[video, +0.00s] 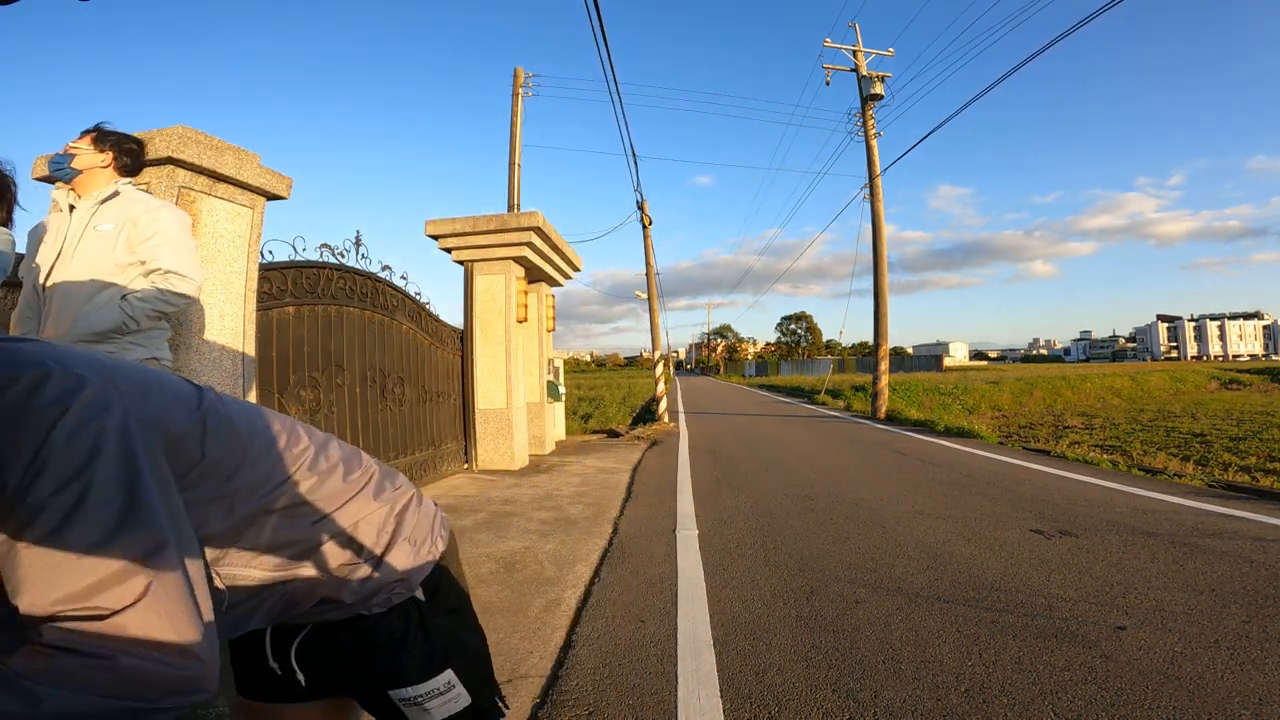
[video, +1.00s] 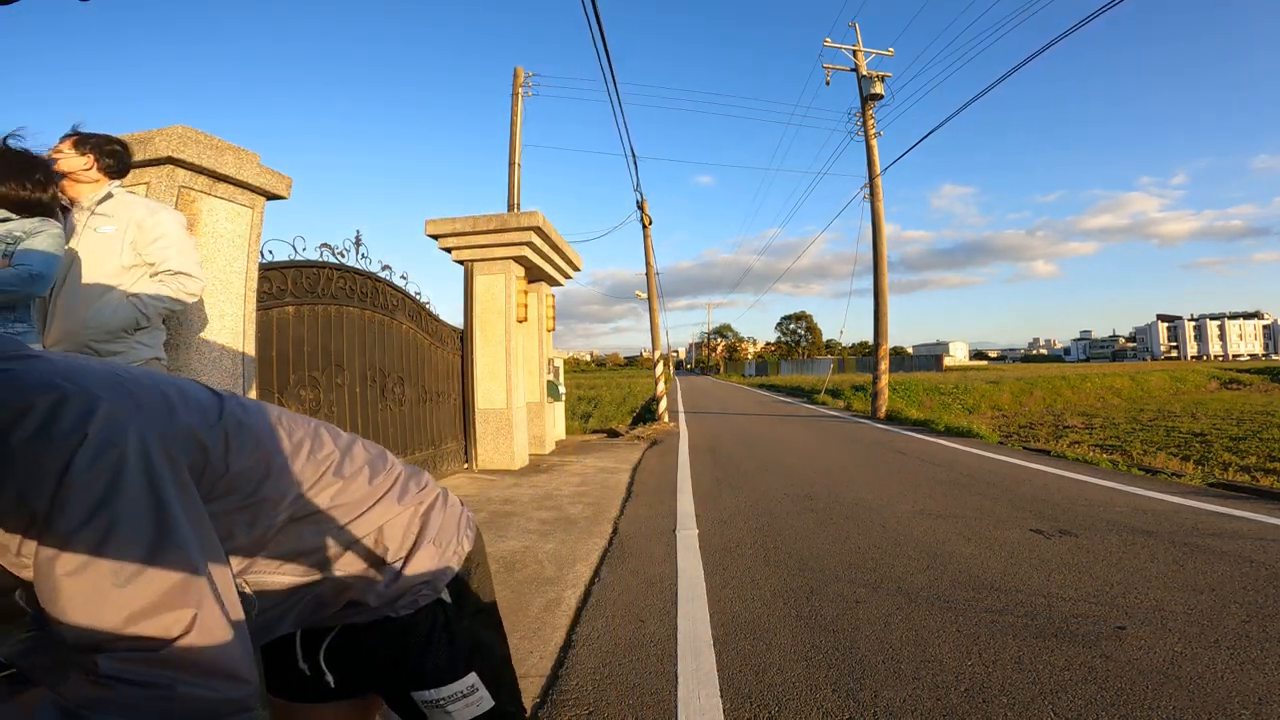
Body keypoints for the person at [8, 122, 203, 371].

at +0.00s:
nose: (63, 154)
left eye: (74, 148)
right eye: (66, 148)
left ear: (107, 158)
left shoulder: (156, 215)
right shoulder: (43, 229)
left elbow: (180, 284)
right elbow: (28, 304)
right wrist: (23, 353)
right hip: (52, 361)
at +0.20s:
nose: (62, 156)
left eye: (73, 150)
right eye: (65, 150)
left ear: (107, 158)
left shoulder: (157, 215)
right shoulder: (46, 229)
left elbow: (186, 282)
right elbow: (29, 304)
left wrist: (116, 318)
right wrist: (32, 356)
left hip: (128, 367)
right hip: (56, 361)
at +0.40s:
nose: (58, 154)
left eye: (69, 149)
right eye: (62, 149)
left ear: (99, 160)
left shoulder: (152, 215)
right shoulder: (48, 229)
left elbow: (186, 283)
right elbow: (31, 303)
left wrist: (120, 318)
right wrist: (36, 356)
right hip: (61, 364)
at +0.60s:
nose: (55, 159)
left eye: (66, 152)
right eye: (59, 152)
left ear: (96, 162)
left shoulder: (152, 216)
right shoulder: (59, 225)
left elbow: (188, 281)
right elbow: (39, 297)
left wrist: (125, 315)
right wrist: (39, 349)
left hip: (133, 366)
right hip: (67, 360)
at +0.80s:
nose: (52, 166)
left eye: (59, 157)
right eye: (53, 159)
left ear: (90, 162)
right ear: (90, 163)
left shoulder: (150, 216)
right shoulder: (62, 219)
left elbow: (188, 280)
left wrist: (124, 312)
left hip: (131, 365)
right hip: (65, 358)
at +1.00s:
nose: (49, 163)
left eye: (58, 154)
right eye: (51, 156)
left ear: (89, 162)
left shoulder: (152, 217)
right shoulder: (61, 220)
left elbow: (185, 282)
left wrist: (124, 313)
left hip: (127, 367)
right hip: (60, 359)